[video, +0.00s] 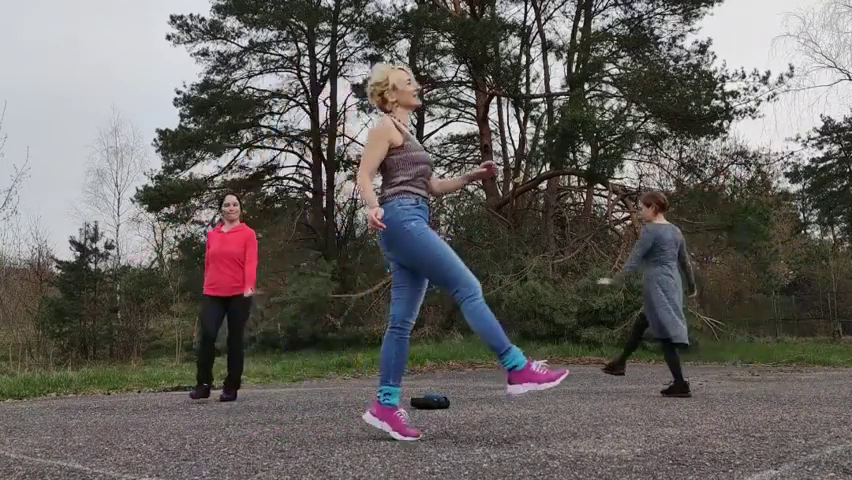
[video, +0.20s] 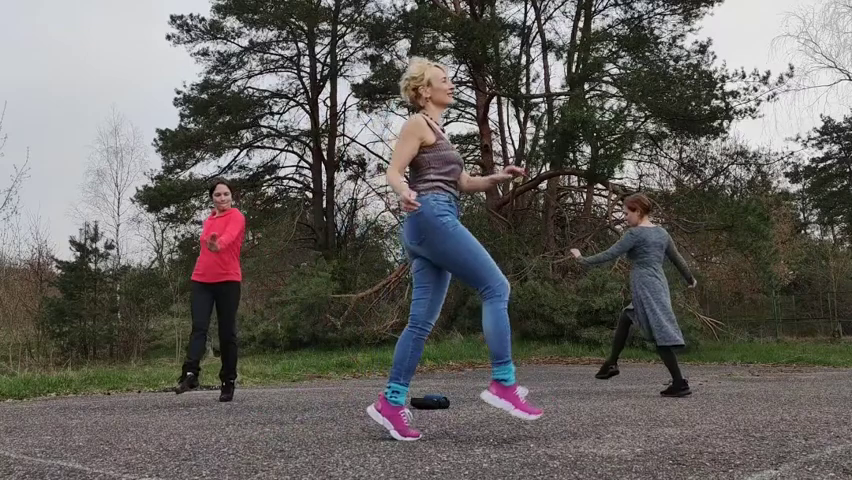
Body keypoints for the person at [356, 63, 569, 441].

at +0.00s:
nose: (417, 86)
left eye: (414, 81)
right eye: (409, 82)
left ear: (403, 90)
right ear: (391, 91)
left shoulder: (406, 134)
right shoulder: (385, 125)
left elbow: (432, 186)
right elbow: (364, 176)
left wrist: (471, 176)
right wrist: (372, 206)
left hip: (412, 221)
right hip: (401, 218)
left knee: (401, 321)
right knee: (467, 287)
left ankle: (386, 406)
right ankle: (518, 368)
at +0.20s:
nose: (452, 86)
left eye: (449, 81)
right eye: (444, 82)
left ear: (432, 91)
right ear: (424, 90)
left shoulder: (439, 132)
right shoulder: (418, 124)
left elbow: (464, 183)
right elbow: (394, 173)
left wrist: (500, 177)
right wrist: (405, 192)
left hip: (434, 220)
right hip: (432, 217)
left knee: (420, 322)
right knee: (496, 288)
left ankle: (392, 403)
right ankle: (504, 385)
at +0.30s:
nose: (471, 92)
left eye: (469, 86)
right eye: (465, 86)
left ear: (448, 94)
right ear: (446, 92)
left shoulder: (452, 132)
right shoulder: (439, 126)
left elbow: (467, 191)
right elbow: (419, 175)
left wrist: (505, 201)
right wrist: (437, 190)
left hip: (444, 227)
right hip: (456, 224)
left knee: (437, 322)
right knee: (494, 312)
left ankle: (397, 400)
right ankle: (479, 408)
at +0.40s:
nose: (490, 93)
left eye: (487, 87)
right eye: (484, 88)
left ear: (462, 96)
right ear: (471, 92)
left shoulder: (464, 133)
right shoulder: (469, 125)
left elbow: (468, 196)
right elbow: (458, 179)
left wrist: (501, 229)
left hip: (464, 227)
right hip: (477, 224)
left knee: (476, 323)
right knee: (490, 322)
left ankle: (422, 390)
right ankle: (472, 415)